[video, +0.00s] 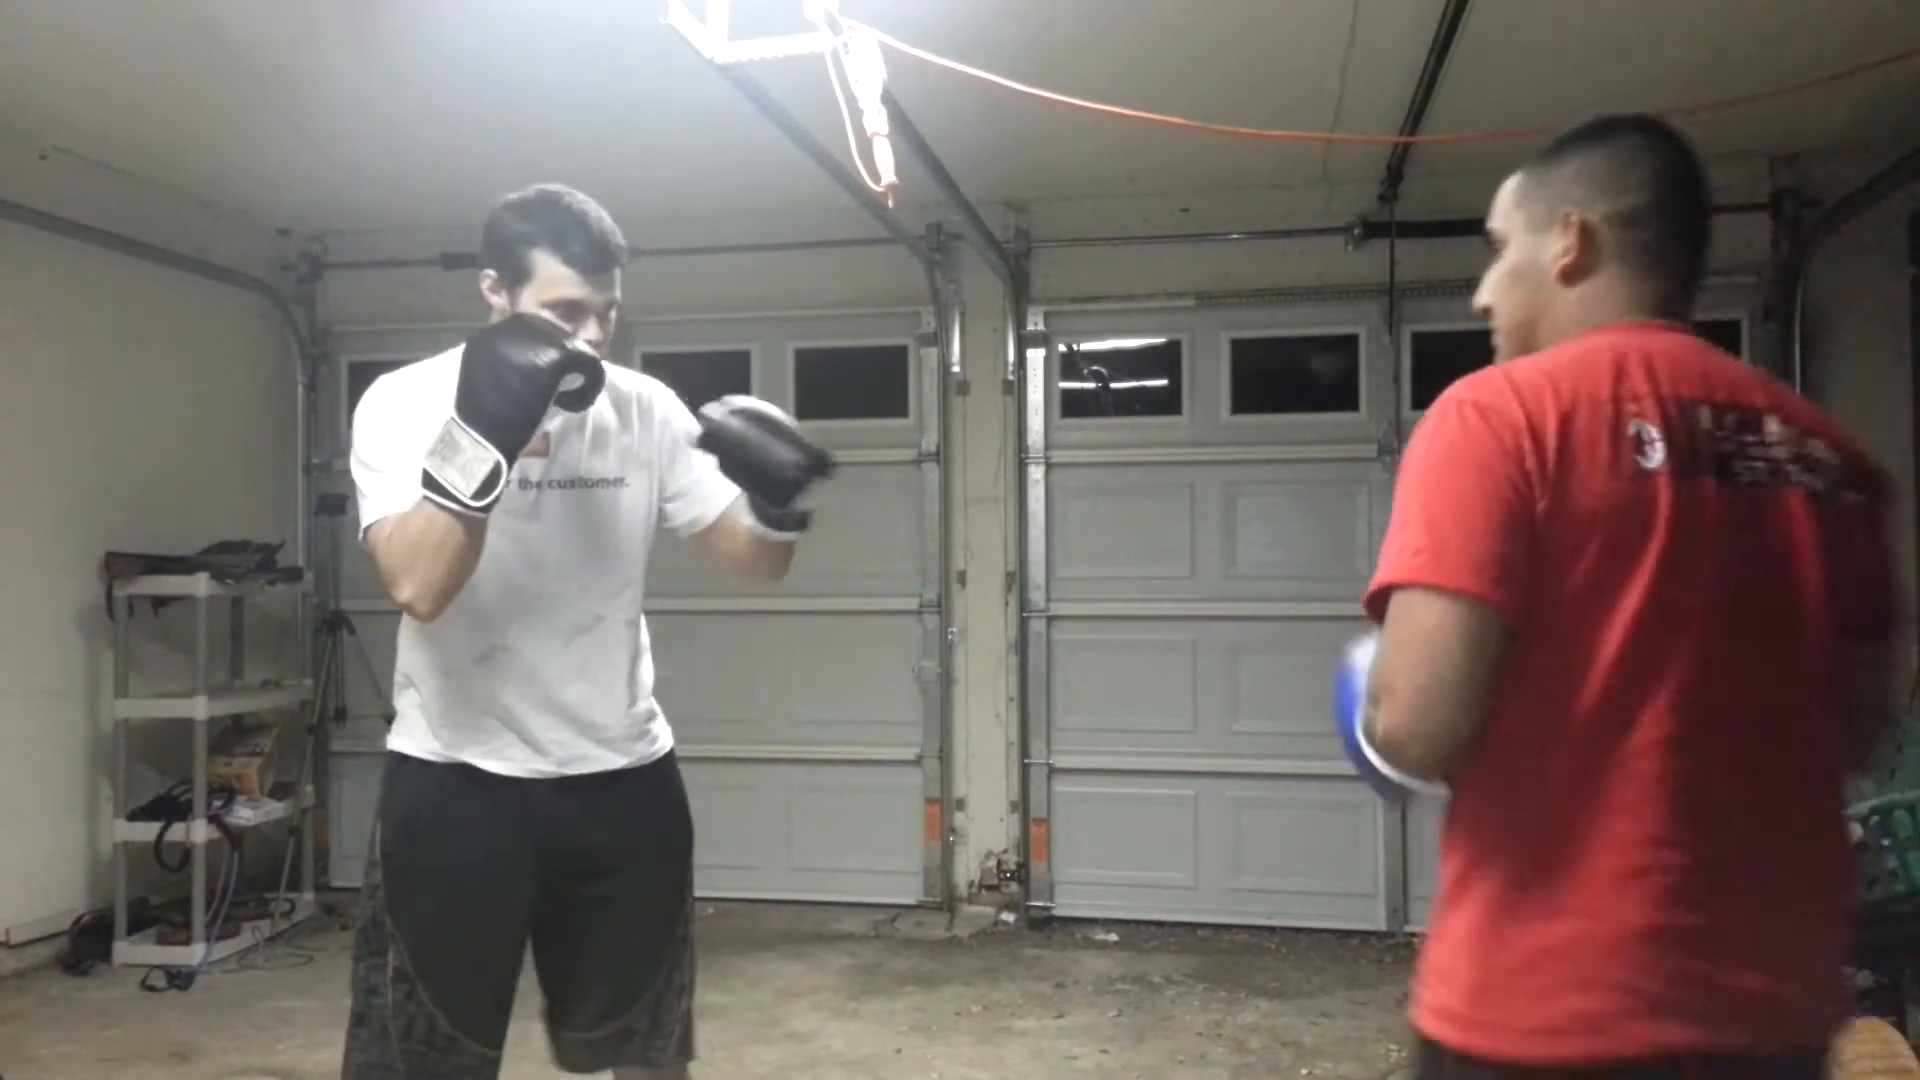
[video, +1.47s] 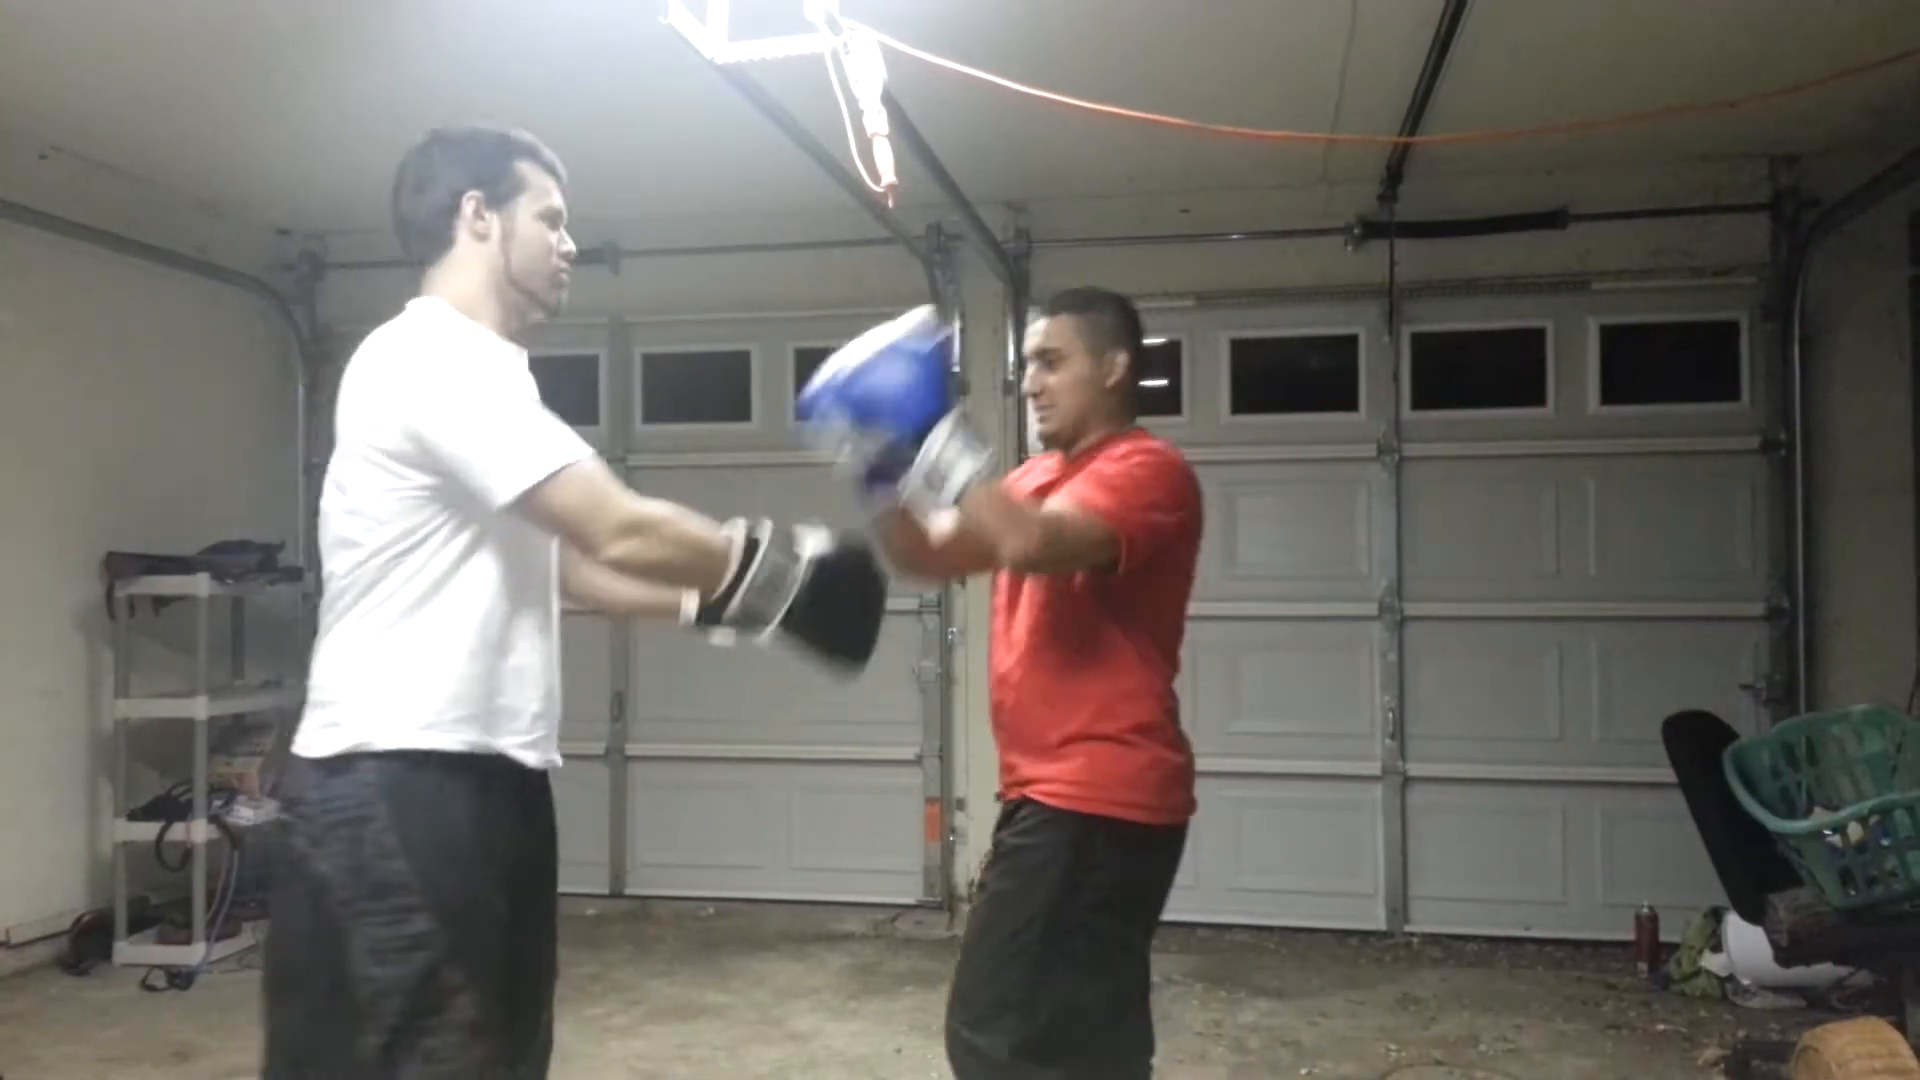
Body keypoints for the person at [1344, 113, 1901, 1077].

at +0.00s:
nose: (1481, 289)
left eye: (1498, 245)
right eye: (1489, 251)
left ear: (1570, 245)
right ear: (1680, 262)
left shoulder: (1498, 413)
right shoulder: (1834, 453)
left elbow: (1422, 730)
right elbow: (1861, 728)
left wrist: (1384, 677)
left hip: (1545, 1020)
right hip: (1773, 1018)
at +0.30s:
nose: (1348, 317)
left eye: (1367, 281)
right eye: (1355, 287)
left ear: (1442, 284)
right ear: (1457, 285)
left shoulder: (1430, 426)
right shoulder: (1589, 435)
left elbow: (1356, 679)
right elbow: (1508, 651)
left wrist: (1244, 603)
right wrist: (1332, 572)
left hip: (1422, 977)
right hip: (1596, 973)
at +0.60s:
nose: (1208, 339)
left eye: (1225, 310)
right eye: (1212, 312)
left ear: (1293, 321)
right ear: (1295, 321)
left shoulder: (1291, 455)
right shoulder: (1397, 445)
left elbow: (1114, 620)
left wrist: (1081, 475)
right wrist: (1167, 487)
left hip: (1262, 907)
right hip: (1371, 892)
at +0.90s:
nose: (1140, 350)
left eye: (1158, 325)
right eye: (1143, 328)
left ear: (1225, 338)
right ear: (1224, 341)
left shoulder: (1245, 447)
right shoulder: (1220, 446)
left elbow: (1023, 509)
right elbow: (1045, 510)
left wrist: (1022, 367)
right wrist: (1017, 411)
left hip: (1197, 854)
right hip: (1164, 847)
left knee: (1169, 1067)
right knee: (1147, 1063)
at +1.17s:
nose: (1090, 370)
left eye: (1114, 348)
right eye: (1092, 350)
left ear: (1183, 358)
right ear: (1079, 359)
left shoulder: (1206, 461)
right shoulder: (1100, 466)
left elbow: (1044, 453)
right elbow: (968, 460)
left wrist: (1035, 329)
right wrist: (985, 338)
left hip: (1134, 824)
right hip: (1076, 816)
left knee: (1102, 1060)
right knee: (1076, 1055)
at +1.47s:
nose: (1030, 381)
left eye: (1050, 361)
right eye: (1028, 365)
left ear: (1116, 369)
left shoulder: (1151, 470)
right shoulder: (1035, 476)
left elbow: (1032, 541)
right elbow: (923, 557)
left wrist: (938, 436)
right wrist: (879, 466)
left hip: (1103, 796)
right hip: (1045, 793)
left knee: (994, 1033)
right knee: (1093, 1044)